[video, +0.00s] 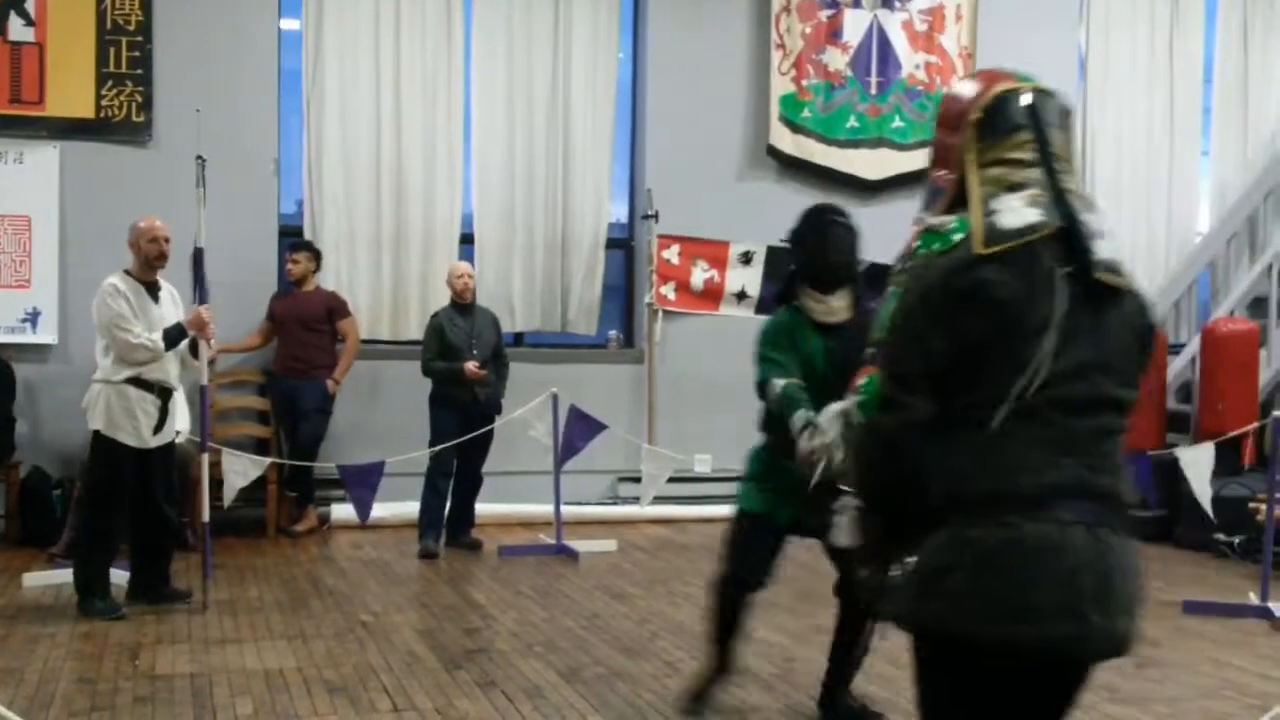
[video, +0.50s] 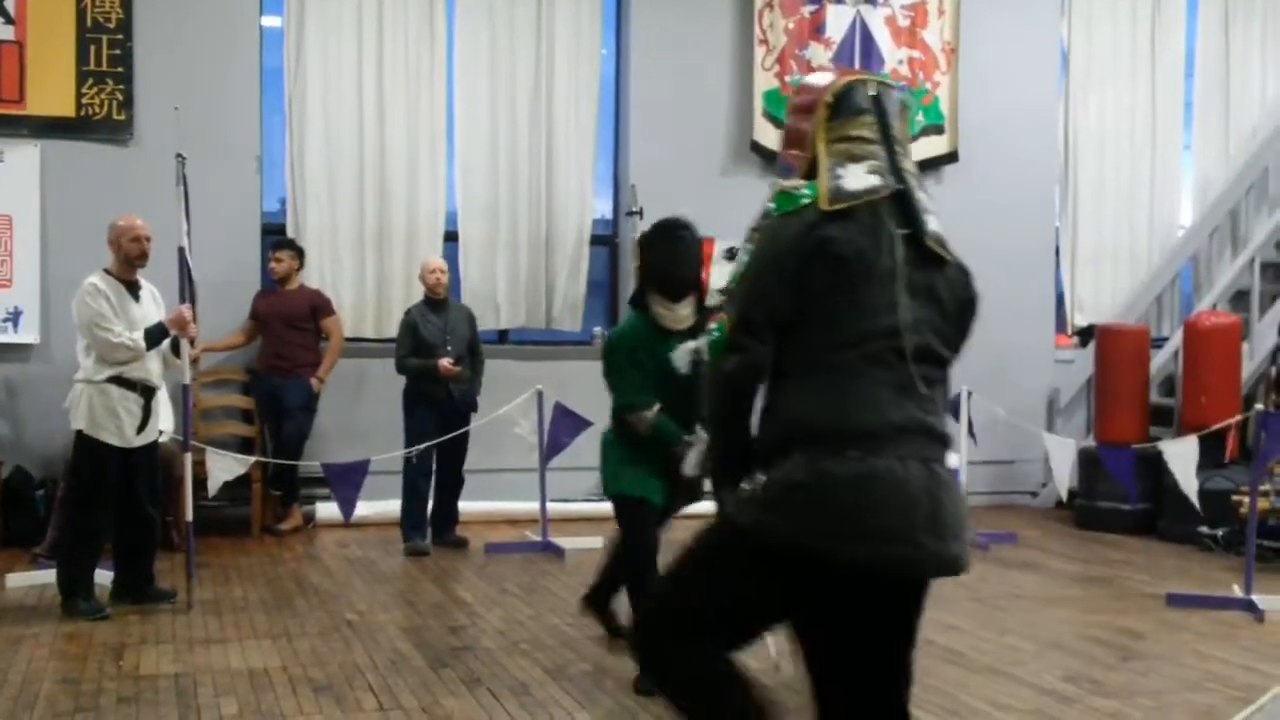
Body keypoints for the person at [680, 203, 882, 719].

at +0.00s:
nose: (828, 267)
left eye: (832, 256)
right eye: (822, 256)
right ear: (833, 263)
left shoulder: (873, 325)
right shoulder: (783, 329)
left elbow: (881, 384)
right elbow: (779, 385)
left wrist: (850, 421)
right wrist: (808, 425)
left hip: (845, 484)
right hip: (778, 477)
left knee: (863, 590)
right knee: (736, 577)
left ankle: (836, 693)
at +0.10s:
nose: (795, 281)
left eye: (803, 270)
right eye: (785, 269)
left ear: (817, 269)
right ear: (767, 266)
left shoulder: (830, 329)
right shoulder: (744, 329)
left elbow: (844, 389)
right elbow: (751, 400)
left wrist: (819, 423)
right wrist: (786, 449)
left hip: (808, 478)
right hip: (741, 472)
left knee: (827, 589)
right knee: (701, 573)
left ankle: (829, 691)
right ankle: (664, 661)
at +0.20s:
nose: (756, 264)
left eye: (762, 255)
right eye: (747, 254)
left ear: (772, 257)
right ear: (728, 256)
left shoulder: (782, 315)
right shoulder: (704, 327)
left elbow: (803, 371)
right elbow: (714, 405)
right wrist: (752, 455)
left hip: (759, 459)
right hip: (700, 457)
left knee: (775, 561)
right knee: (683, 563)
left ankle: (783, 666)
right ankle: (666, 664)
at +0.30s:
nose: (708, 270)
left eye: (715, 260)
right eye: (698, 261)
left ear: (727, 259)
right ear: (679, 261)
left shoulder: (739, 318)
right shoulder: (655, 329)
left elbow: (757, 386)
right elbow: (665, 406)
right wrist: (709, 448)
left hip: (711, 457)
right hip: (656, 456)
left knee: (729, 554)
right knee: (651, 565)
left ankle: (675, 599)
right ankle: (654, 661)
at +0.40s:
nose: (690, 279)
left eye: (698, 269)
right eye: (681, 270)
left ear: (711, 266)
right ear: (662, 266)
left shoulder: (725, 320)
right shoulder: (639, 333)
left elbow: (743, 382)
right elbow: (647, 406)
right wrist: (692, 442)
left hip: (693, 452)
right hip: (643, 450)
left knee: (683, 543)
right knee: (649, 551)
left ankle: (629, 586)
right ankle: (656, 650)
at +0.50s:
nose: (677, 286)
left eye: (682, 277)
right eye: (671, 276)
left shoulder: (709, 327)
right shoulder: (628, 339)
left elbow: (722, 387)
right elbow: (635, 412)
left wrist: (715, 436)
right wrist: (683, 443)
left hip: (681, 454)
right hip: (633, 453)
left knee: (639, 538)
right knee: (642, 550)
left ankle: (598, 596)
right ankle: (652, 655)